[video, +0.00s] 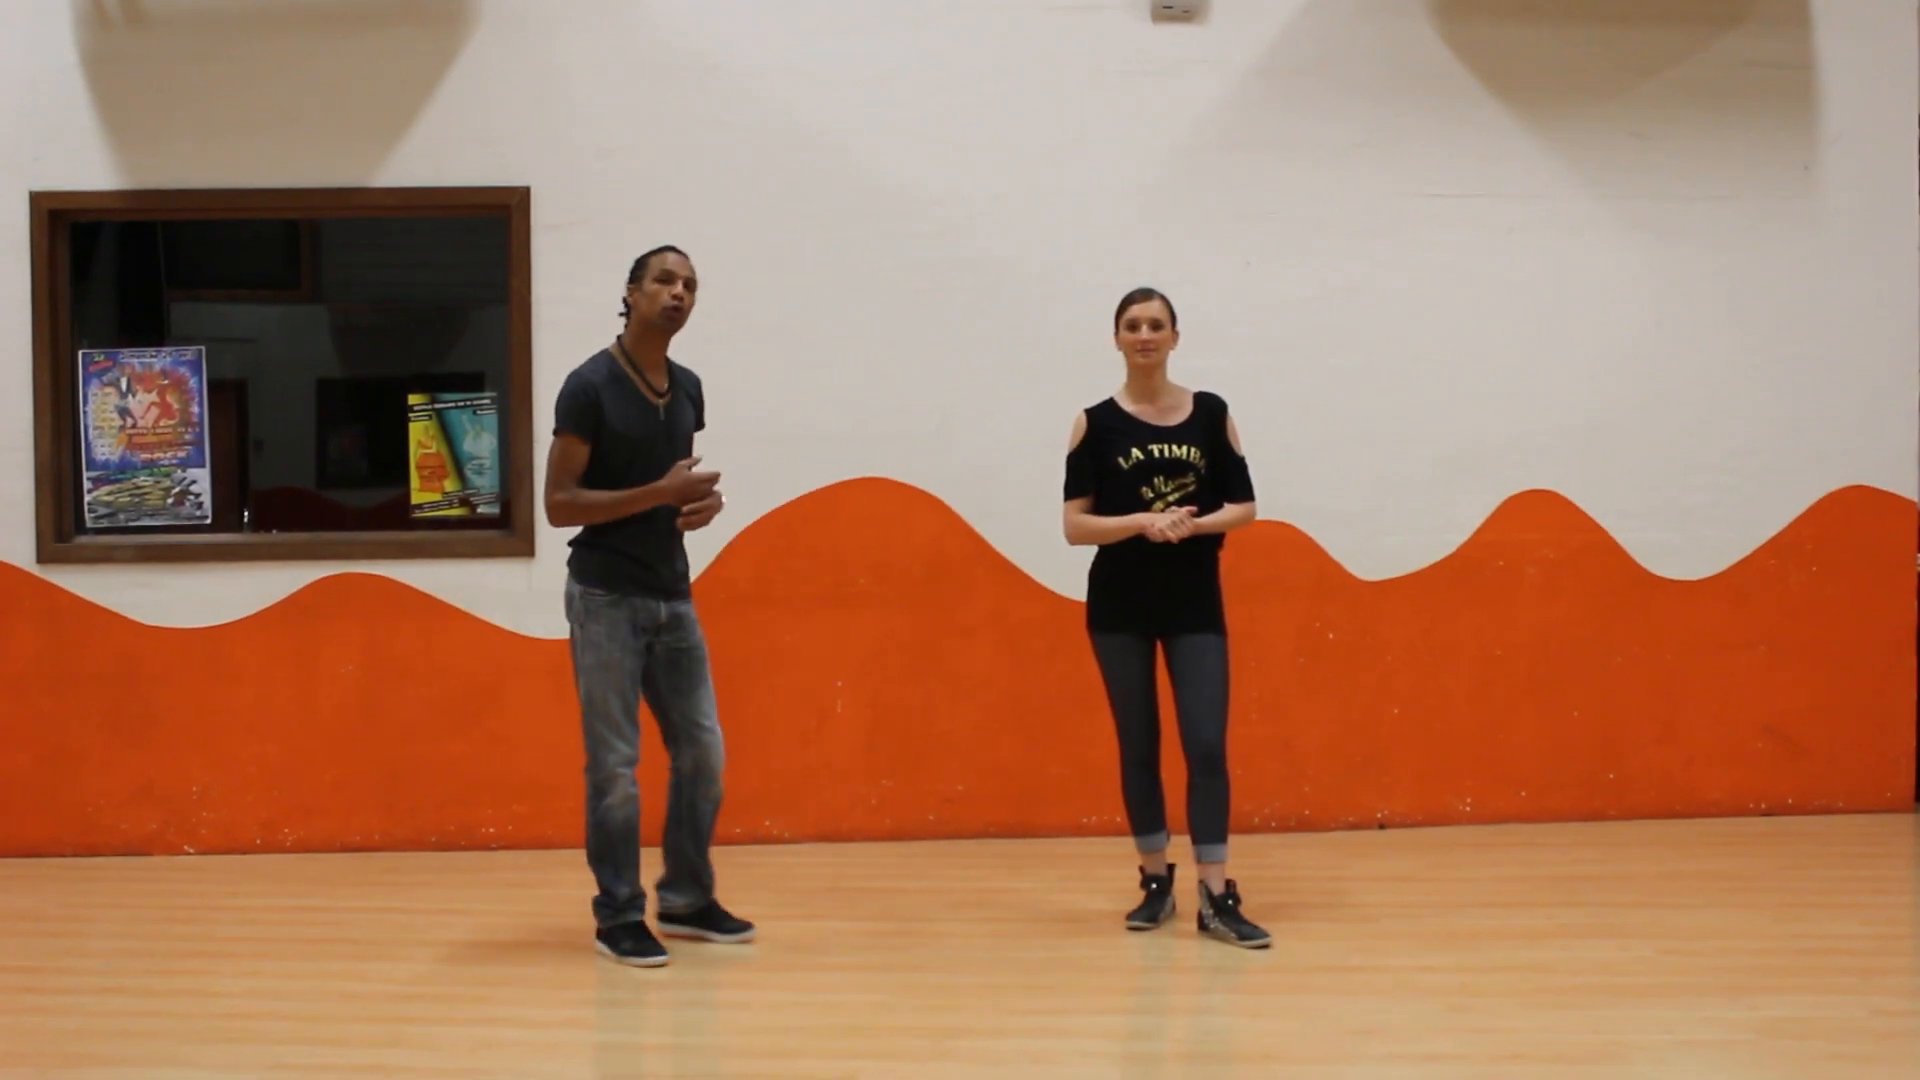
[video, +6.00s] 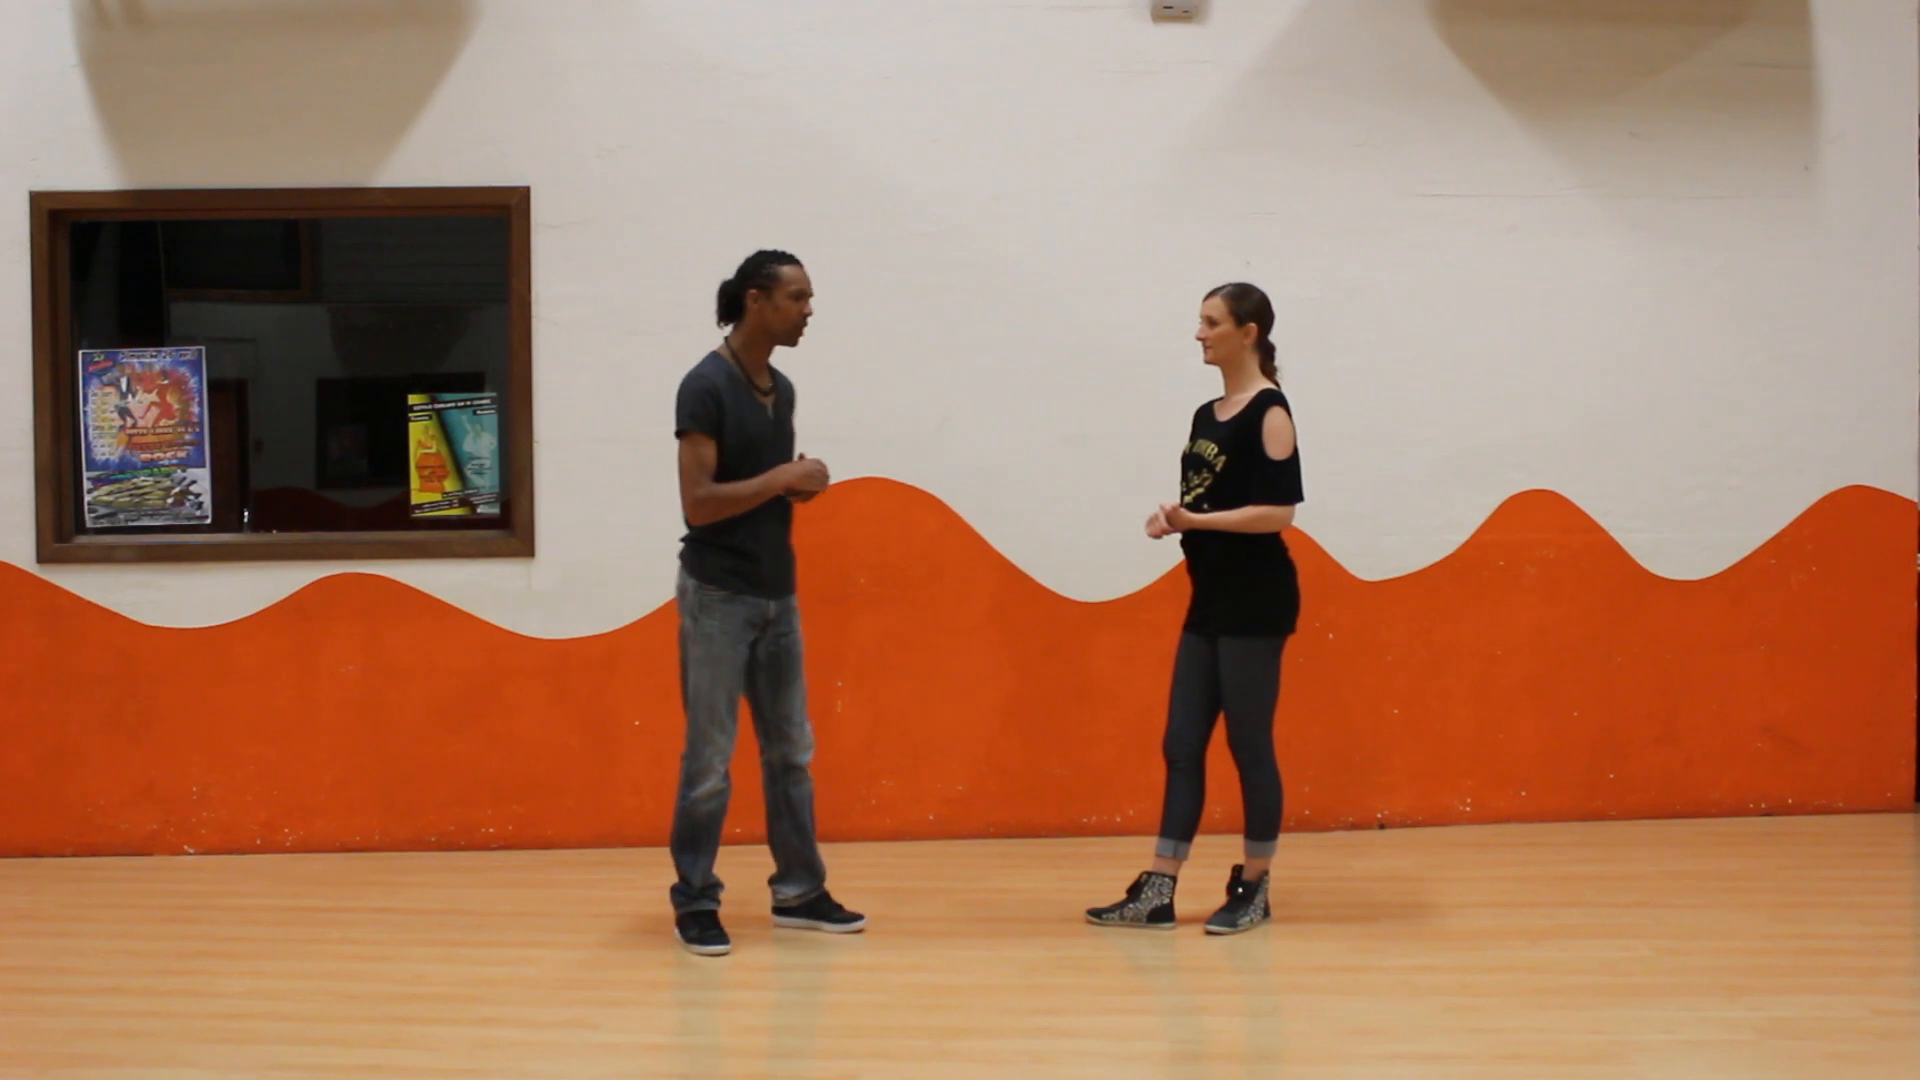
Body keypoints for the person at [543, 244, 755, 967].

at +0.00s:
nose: (679, 293)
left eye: (688, 286)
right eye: (665, 279)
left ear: (692, 308)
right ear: (629, 294)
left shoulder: (686, 392)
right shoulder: (589, 386)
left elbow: (659, 502)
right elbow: (559, 506)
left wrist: (694, 509)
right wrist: (661, 493)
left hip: (671, 597)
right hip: (604, 596)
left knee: (701, 750)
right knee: (615, 759)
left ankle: (686, 897)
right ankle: (619, 914)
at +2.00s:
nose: (738, 310)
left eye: (751, 303)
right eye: (728, 295)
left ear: (757, 319)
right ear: (698, 298)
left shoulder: (746, 392)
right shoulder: (650, 387)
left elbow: (735, 498)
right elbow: (614, 501)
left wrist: (756, 489)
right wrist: (707, 483)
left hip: (730, 597)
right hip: (667, 597)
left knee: (760, 743)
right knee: (682, 756)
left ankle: (680, 851)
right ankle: (690, 912)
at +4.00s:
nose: (763, 311)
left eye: (762, 301)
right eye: (751, 300)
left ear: (728, 311)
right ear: (709, 307)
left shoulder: (748, 396)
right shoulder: (653, 386)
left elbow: (758, 493)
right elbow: (617, 493)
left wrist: (751, 486)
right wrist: (705, 475)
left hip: (722, 590)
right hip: (665, 587)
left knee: (706, 744)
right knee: (674, 743)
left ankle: (684, 884)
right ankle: (670, 896)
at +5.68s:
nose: (781, 328)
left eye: (784, 315)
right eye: (773, 314)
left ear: (742, 313)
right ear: (730, 309)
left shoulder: (747, 384)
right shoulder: (673, 390)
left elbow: (723, 487)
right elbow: (660, 510)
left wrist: (761, 482)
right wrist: (744, 483)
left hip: (741, 592)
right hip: (683, 594)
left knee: (767, 742)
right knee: (692, 753)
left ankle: (779, 887)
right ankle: (694, 901)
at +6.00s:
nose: (808, 311)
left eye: (808, 299)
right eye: (797, 299)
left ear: (772, 304)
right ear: (754, 301)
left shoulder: (780, 390)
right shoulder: (704, 387)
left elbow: (761, 490)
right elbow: (697, 505)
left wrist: (797, 482)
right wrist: (782, 480)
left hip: (775, 594)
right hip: (715, 594)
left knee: (789, 748)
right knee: (710, 753)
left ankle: (799, 889)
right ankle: (695, 899)